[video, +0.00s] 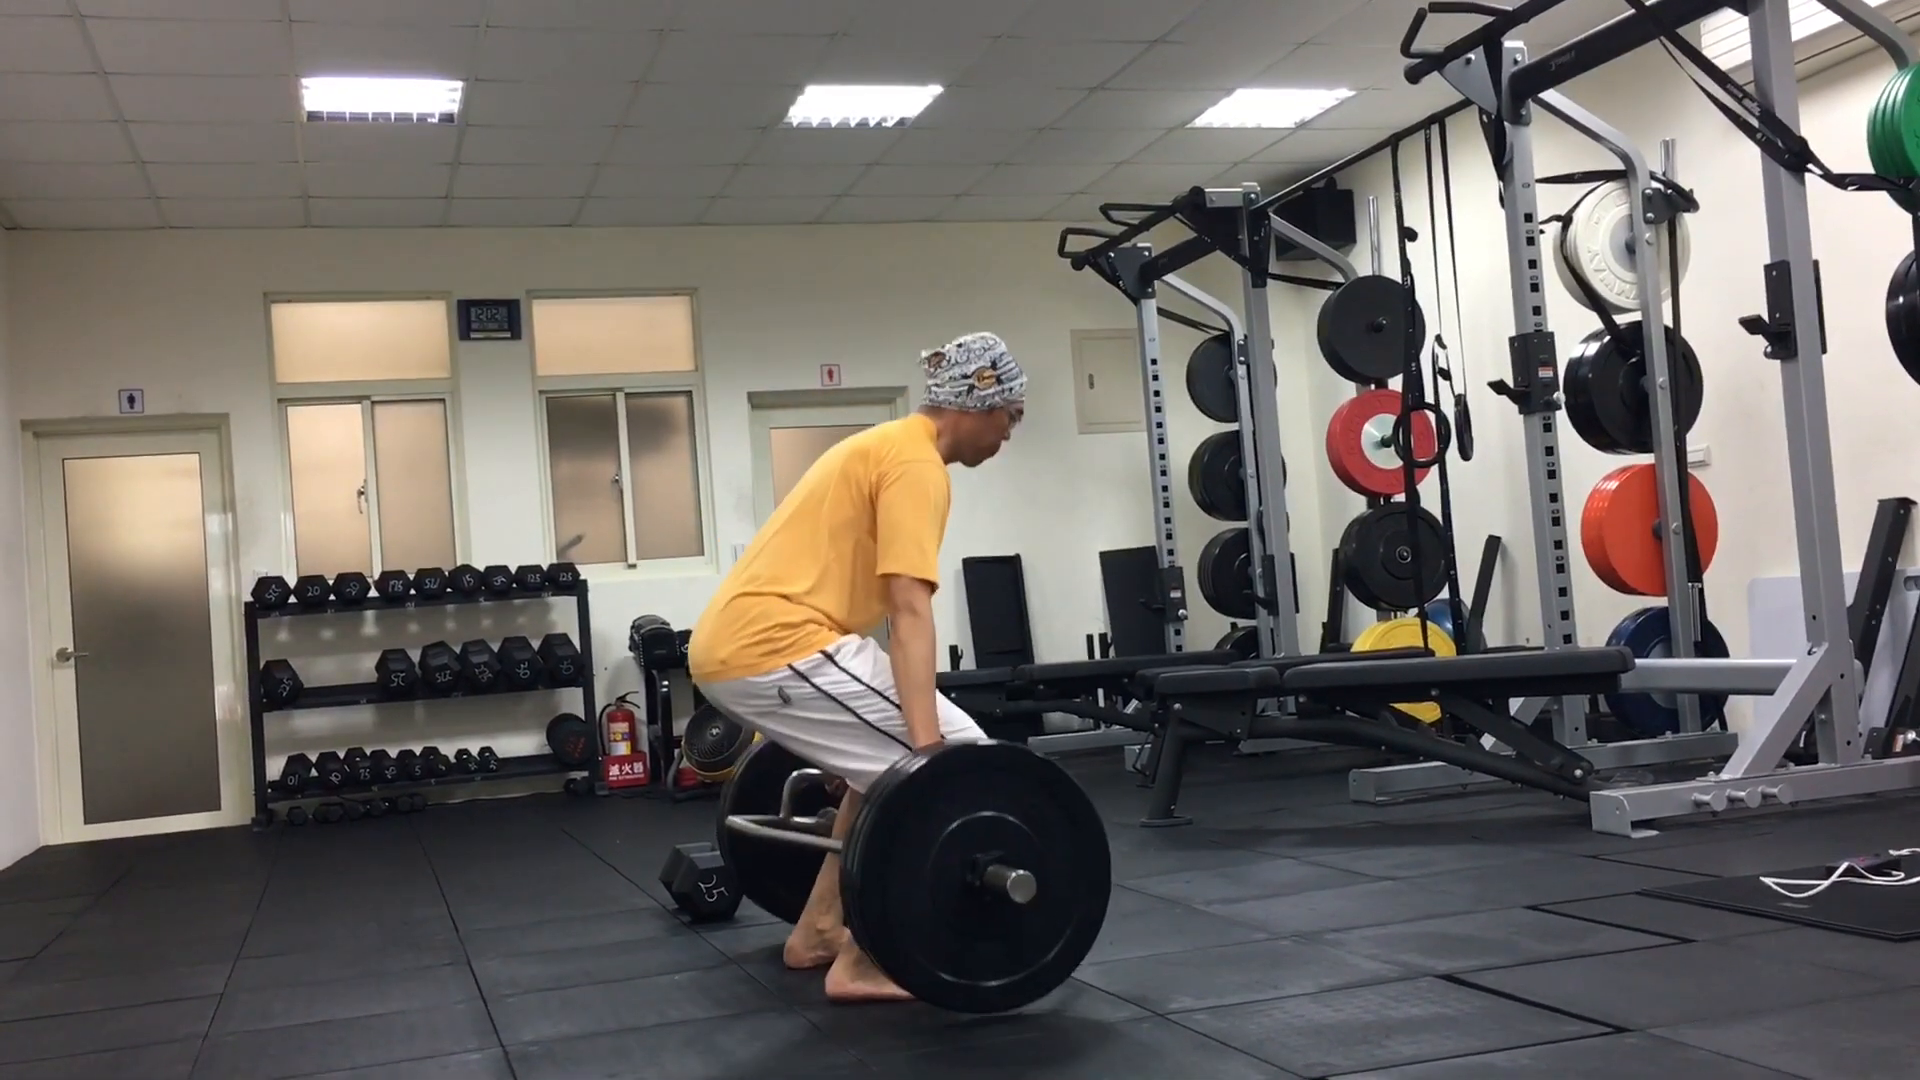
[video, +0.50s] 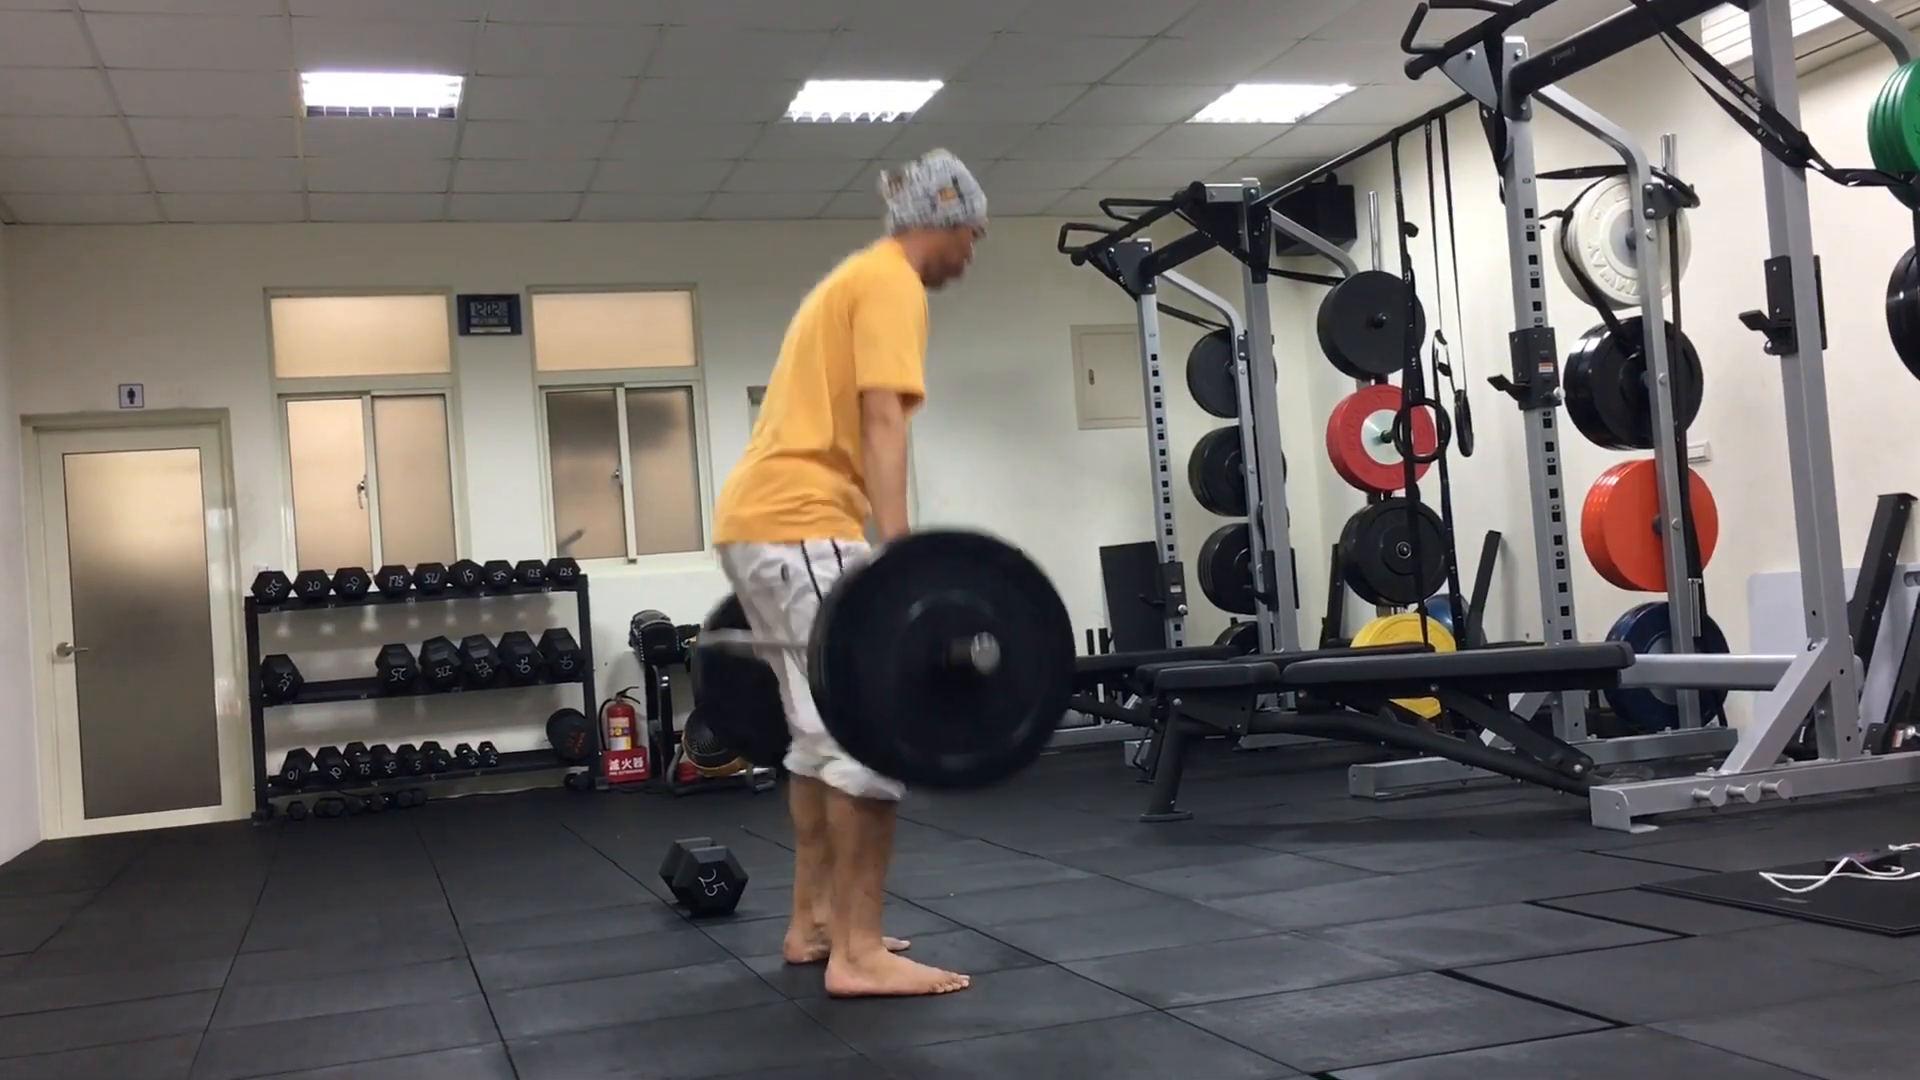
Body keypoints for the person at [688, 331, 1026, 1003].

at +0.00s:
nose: (1008, 436)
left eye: (1013, 421)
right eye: (1008, 418)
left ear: (947, 403)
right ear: (971, 405)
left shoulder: (879, 448)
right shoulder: (914, 459)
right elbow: (909, 608)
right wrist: (927, 745)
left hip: (733, 643)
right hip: (778, 644)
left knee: (894, 753)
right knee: (956, 759)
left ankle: (818, 929)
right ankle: (864, 961)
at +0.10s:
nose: (1009, 422)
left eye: (1014, 408)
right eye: (1009, 404)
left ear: (949, 388)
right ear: (975, 391)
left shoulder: (880, 433)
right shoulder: (915, 443)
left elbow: (869, 588)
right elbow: (907, 592)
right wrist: (923, 726)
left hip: (733, 629)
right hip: (779, 627)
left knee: (889, 746)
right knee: (942, 739)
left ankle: (820, 927)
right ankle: (867, 959)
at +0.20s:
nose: (1005, 395)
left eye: (1010, 381)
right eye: (1005, 378)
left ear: (946, 361)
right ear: (973, 363)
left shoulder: (880, 407)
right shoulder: (912, 414)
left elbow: (879, 565)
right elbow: (906, 567)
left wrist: (908, 697)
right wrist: (920, 700)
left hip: (736, 609)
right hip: (781, 606)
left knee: (881, 741)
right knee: (914, 740)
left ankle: (818, 927)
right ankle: (864, 957)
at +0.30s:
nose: (997, 359)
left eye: (1002, 343)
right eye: (998, 340)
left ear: (938, 321)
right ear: (967, 323)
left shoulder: (873, 370)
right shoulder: (905, 376)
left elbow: (868, 529)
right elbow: (899, 522)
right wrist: (915, 664)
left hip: (742, 581)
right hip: (787, 578)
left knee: (869, 736)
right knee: (916, 738)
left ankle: (818, 924)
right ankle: (864, 956)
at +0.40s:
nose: (984, 307)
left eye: (988, 291)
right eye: (985, 288)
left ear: (930, 269)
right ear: (957, 273)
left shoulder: (864, 326)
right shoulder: (896, 330)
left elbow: (848, 484)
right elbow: (889, 475)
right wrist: (907, 619)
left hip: (748, 550)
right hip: (793, 549)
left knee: (852, 728)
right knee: (898, 724)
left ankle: (816, 921)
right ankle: (863, 953)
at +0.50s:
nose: (969, 258)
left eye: (975, 243)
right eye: (971, 239)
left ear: (913, 222)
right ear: (938, 223)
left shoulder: (850, 282)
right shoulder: (887, 281)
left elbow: (809, 432)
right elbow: (882, 420)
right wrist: (900, 558)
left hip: (758, 527)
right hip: (805, 526)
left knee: (817, 730)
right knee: (866, 726)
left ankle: (814, 922)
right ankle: (859, 951)